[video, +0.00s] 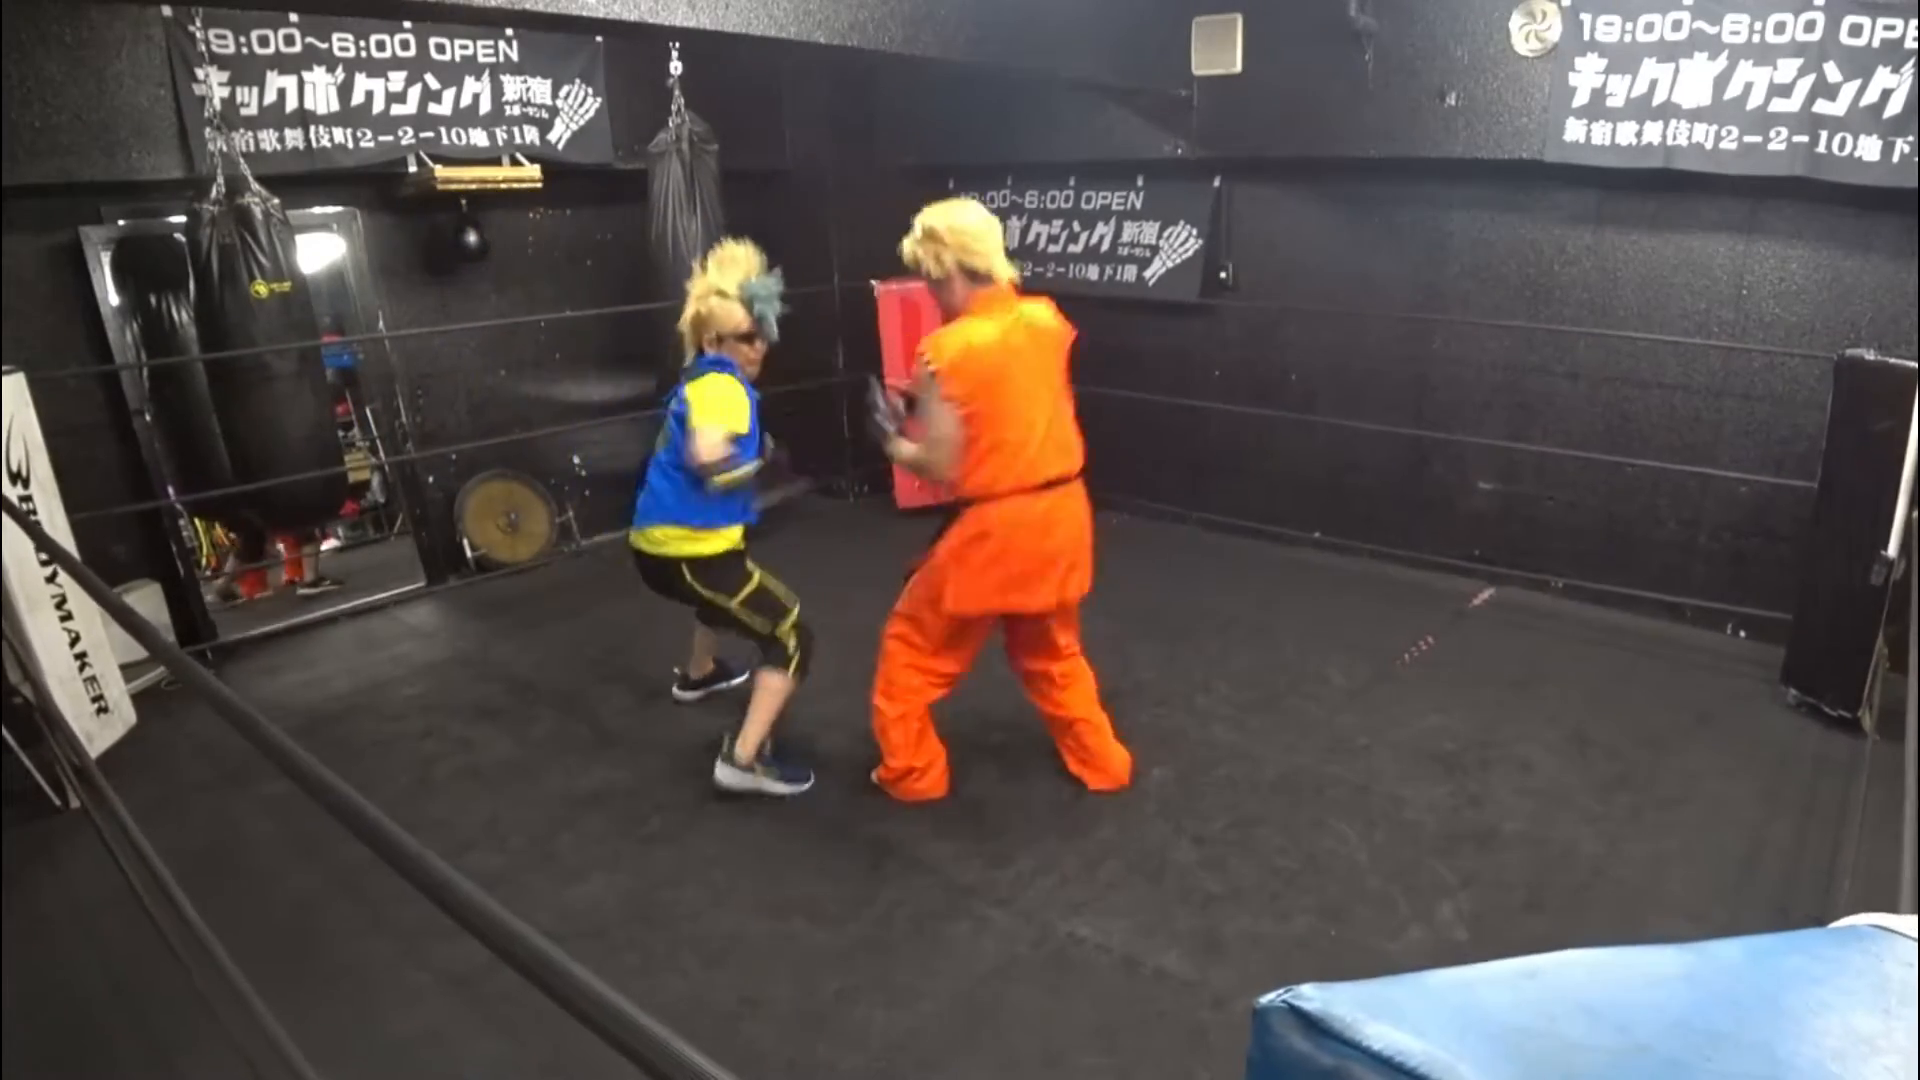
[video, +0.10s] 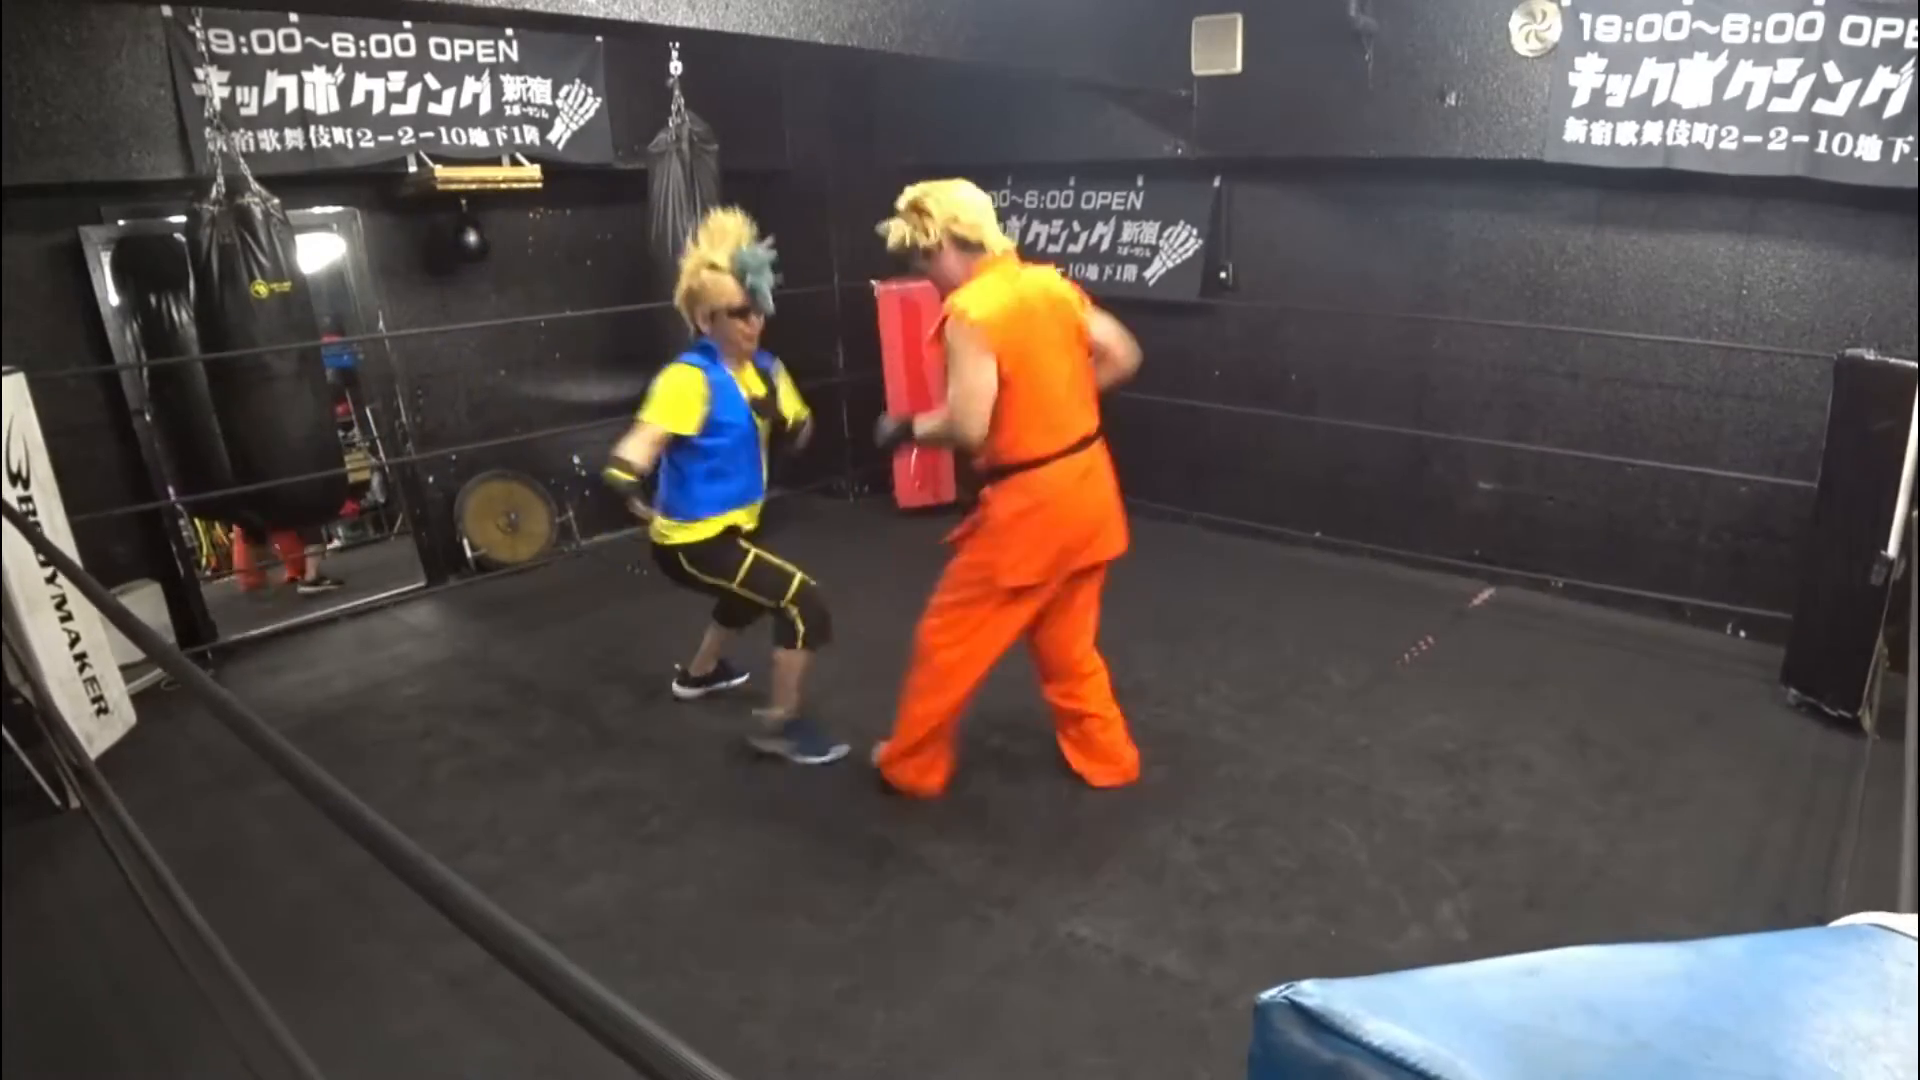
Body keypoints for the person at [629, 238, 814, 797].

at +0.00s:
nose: (761, 352)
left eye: (762, 341)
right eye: (752, 342)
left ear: (721, 341)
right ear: (723, 342)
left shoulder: (702, 381)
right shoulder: (720, 389)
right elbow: (708, 461)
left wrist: (748, 458)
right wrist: (758, 461)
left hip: (662, 541)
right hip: (690, 552)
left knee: (726, 580)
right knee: (791, 637)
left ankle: (699, 669)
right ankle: (744, 759)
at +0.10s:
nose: (752, 326)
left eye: (756, 312)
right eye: (738, 315)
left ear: (764, 312)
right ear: (705, 323)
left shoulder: (764, 367)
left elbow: (798, 429)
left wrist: (791, 426)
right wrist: (634, 494)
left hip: (738, 526)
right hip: (693, 543)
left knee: (745, 592)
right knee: (802, 601)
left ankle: (701, 670)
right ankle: (782, 721)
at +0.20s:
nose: (737, 304)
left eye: (740, 291)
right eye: (722, 293)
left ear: (746, 289)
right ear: (683, 297)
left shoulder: (763, 340)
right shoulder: (653, 366)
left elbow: (819, 385)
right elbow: (619, 424)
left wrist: (821, 415)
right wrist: (599, 452)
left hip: (773, 505)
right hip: (713, 521)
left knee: (804, 604)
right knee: (790, 608)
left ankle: (737, 636)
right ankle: (803, 716)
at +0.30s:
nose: (721, 298)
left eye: (724, 285)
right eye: (707, 287)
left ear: (731, 283)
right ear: (665, 292)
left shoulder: (746, 332)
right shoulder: (635, 362)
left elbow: (817, 377)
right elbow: (611, 443)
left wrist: (873, 418)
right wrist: (624, 425)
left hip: (798, 488)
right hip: (733, 515)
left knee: (864, 549)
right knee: (784, 610)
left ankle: (869, 563)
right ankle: (801, 719)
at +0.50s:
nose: (727, 318)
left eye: (729, 306)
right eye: (714, 307)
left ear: (733, 302)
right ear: (672, 310)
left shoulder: (748, 341)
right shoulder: (654, 365)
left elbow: (816, 361)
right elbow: (637, 391)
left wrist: (875, 364)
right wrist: (632, 384)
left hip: (821, 448)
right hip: (784, 507)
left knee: (921, 435)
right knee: (808, 619)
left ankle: (1032, 419)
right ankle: (830, 715)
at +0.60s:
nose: (716, 320)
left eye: (719, 307)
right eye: (701, 310)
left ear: (725, 301)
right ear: (661, 316)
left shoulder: (749, 336)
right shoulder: (641, 383)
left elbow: (825, 349)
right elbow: (598, 440)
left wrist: (881, 348)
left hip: (832, 445)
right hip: (793, 507)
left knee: (903, 447)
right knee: (810, 613)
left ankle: (1012, 466)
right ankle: (840, 712)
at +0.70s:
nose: (709, 318)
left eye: (712, 304)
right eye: (693, 309)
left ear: (720, 299)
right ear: (654, 316)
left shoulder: (749, 332)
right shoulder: (642, 389)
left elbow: (827, 344)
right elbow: (612, 470)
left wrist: (898, 342)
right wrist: (577, 539)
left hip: (838, 459)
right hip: (790, 510)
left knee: (880, 482)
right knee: (810, 622)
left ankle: (912, 530)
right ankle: (839, 711)